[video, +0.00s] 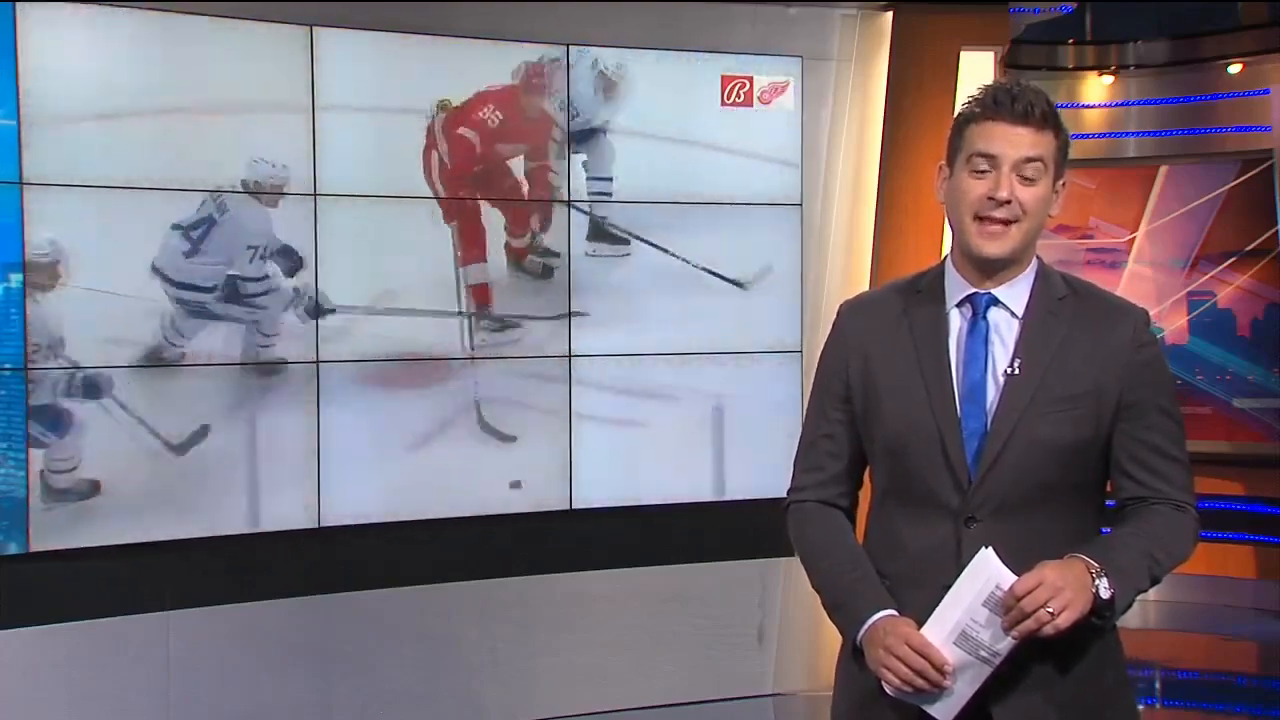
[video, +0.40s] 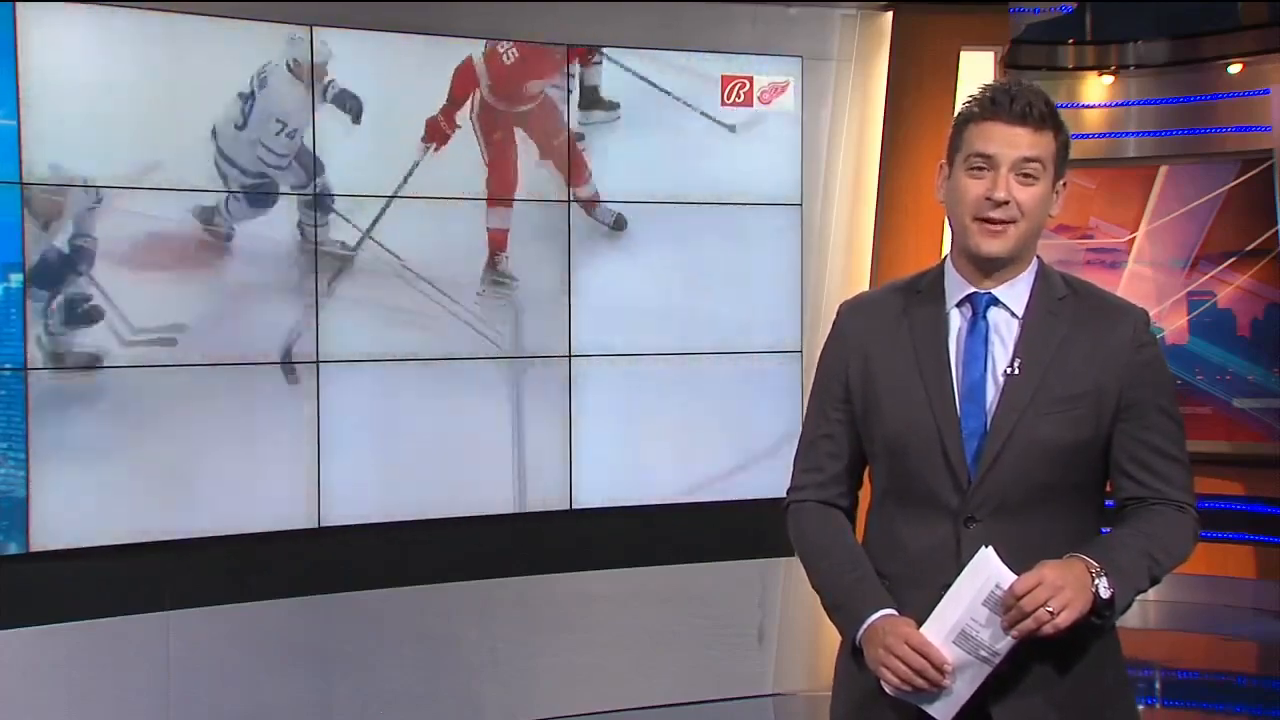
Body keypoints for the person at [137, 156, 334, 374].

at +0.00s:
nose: (280, 193)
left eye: (281, 187)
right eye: (276, 187)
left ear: (251, 184)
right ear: (259, 186)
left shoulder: (227, 197)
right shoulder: (256, 221)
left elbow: (242, 238)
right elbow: (251, 286)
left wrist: (277, 251)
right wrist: (295, 300)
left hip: (166, 278)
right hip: (198, 295)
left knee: (199, 311)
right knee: (273, 301)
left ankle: (164, 350)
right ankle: (258, 356)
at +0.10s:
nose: (262, 180)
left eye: (262, 174)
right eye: (257, 174)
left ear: (232, 169)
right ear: (237, 173)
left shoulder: (210, 170)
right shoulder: (230, 207)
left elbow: (233, 209)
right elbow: (209, 274)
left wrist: (262, 228)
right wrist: (252, 305)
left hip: (143, 252)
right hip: (173, 275)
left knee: (163, 283)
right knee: (238, 304)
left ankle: (133, 328)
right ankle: (210, 351)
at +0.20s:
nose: (269, 164)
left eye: (269, 157)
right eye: (264, 158)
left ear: (240, 153)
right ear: (244, 156)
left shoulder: (217, 151)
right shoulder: (238, 197)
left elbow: (246, 183)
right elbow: (215, 257)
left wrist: (278, 200)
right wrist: (249, 285)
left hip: (149, 223)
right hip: (169, 251)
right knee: (223, 288)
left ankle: (173, 303)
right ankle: (195, 331)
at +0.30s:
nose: (290, 129)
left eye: (290, 121)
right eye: (285, 122)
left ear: (263, 118)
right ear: (266, 122)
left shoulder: (247, 116)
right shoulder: (259, 160)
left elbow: (273, 144)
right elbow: (236, 220)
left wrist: (301, 158)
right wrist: (274, 248)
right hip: (188, 206)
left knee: (273, 226)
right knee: (223, 253)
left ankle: (268, 280)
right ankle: (193, 291)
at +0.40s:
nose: (324, 72)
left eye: (324, 65)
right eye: (319, 66)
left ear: (297, 63)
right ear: (298, 66)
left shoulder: (289, 66)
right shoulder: (291, 105)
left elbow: (318, 85)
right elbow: (273, 161)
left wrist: (340, 97)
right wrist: (310, 188)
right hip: (237, 150)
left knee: (314, 173)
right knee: (261, 198)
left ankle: (314, 235)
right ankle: (217, 217)